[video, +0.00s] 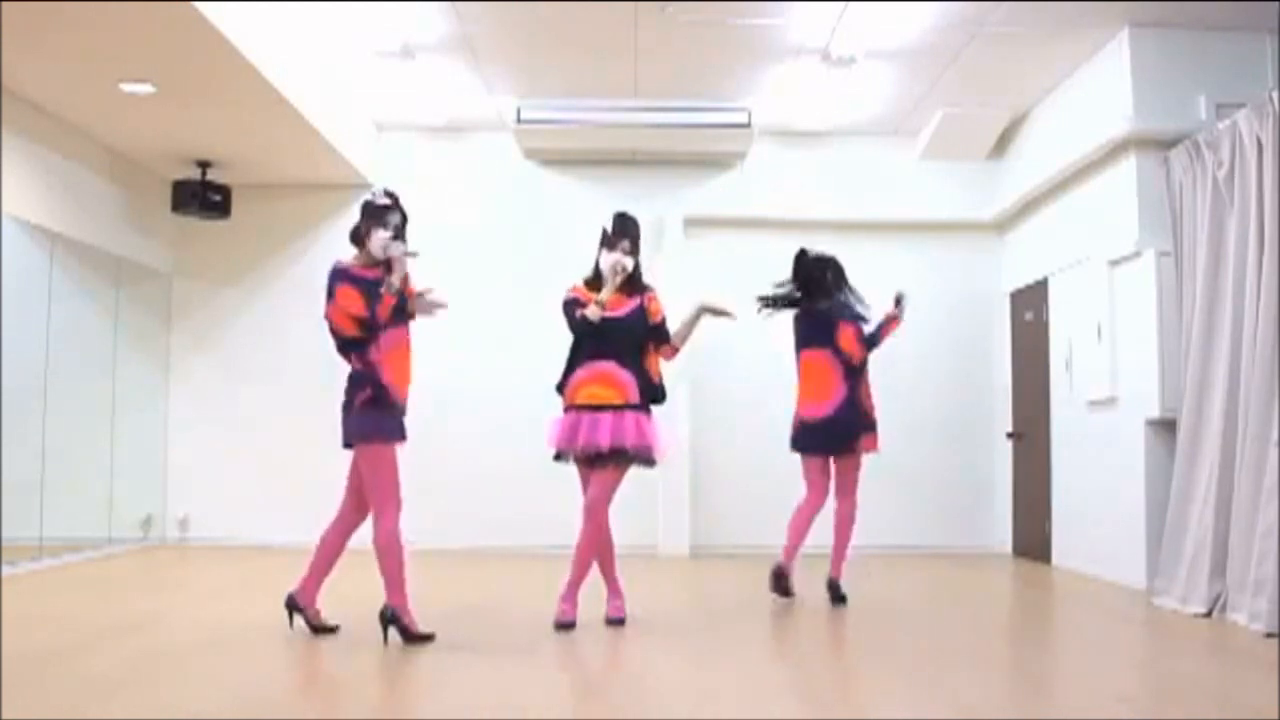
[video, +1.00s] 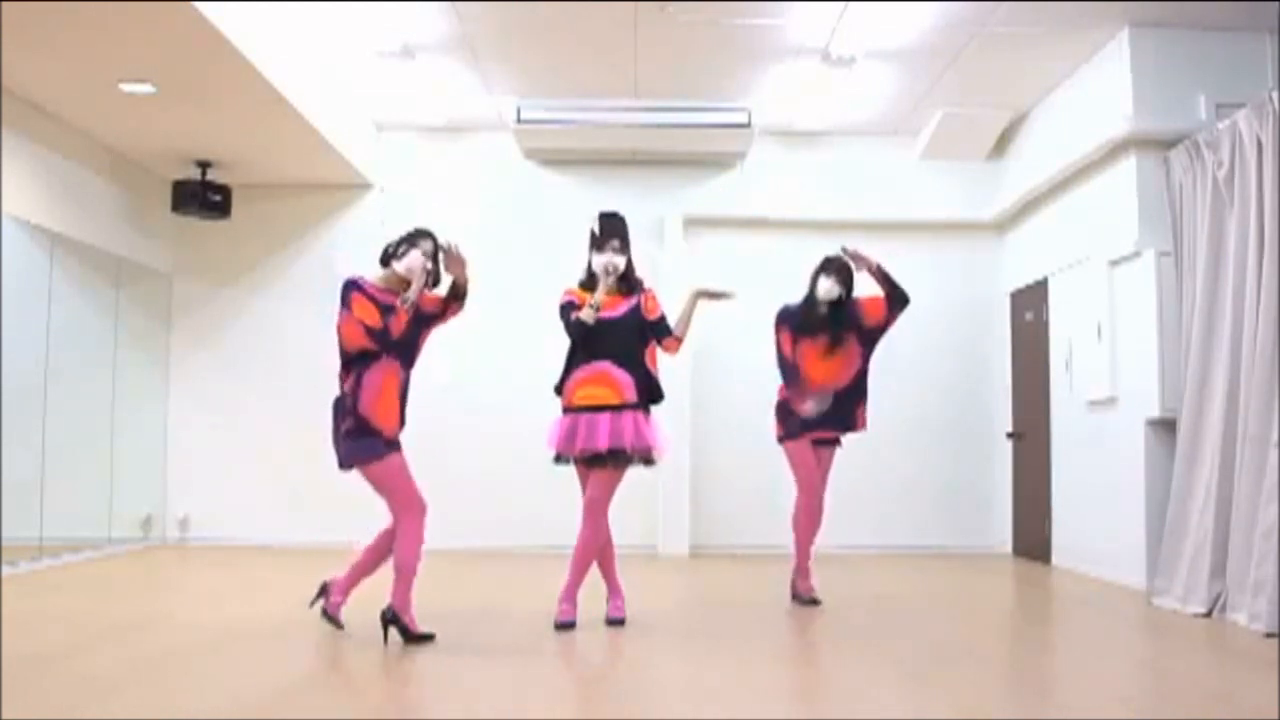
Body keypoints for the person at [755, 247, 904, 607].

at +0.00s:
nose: (842, 283)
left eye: (837, 278)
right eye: (839, 277)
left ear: (802, 284)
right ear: (835, 280)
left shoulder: (801, 318)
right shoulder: (841, 315)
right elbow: (856, 353)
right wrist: (888, 324)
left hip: (808, 417)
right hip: (846, 416)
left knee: (815, 493)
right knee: (846, 496)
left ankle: (785, 563)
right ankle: (835, 575)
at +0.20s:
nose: (850, 287)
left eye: (849, 280)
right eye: (844, 280)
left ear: (825, 282)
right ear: (828, 282)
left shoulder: (834, 321)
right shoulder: (820, 317)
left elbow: (849, 369)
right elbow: (804, 360)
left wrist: (867, 334)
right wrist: (825, 386)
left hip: (820, 417)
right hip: (815, 417)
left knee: (809, 494)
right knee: (833, 491)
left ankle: (777, 566)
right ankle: (818, 573)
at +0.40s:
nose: (845, 289)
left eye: (850, 282)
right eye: (838, 281)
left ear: (857, 286)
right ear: (824, 282)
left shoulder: (852, 325)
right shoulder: (803, 313)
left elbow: (859, 377)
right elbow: (758, 342)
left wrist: (861, 428)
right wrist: (787, 368)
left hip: (830, 415)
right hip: (797, 409)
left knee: (808, 491)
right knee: (815, 487)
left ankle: (778, 566)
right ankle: (818, 571)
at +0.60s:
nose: (838, 289)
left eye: (846, 282)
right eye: (833, 280)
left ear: (855, 288)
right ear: (822, 282)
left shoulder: (863, 328)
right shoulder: (796, 315)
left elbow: (904, 332)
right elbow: (753, 342)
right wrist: (782, 371)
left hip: (834, 417)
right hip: (796, 412)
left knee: (813, 491)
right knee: (810, 490)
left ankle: (800, 569)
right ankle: (819, 574)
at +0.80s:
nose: (832, 299)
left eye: (839, 293)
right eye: (827, 290)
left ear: (848, 291)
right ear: (817, 286)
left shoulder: (859, 315)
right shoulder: (793, 314)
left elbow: (897, 304)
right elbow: (751, 351)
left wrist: (876, 274)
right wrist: (767, 385)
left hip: (834, 412)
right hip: (795, 411)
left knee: (816, 493)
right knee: (810, 490)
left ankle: (801, 569)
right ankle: (818, 573)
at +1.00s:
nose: (829, 288)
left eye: (837, 283)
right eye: (825, 279)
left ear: (845, 289)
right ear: (814, 280)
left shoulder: (858, 318)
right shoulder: (790, 317)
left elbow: (898, 301)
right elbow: (786, 363)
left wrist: (873, 268)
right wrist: (801, 395)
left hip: (834, 415)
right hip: (794, 412)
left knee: (816, 491)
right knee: (809, 486)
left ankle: (802, 570)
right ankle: (802, 572)